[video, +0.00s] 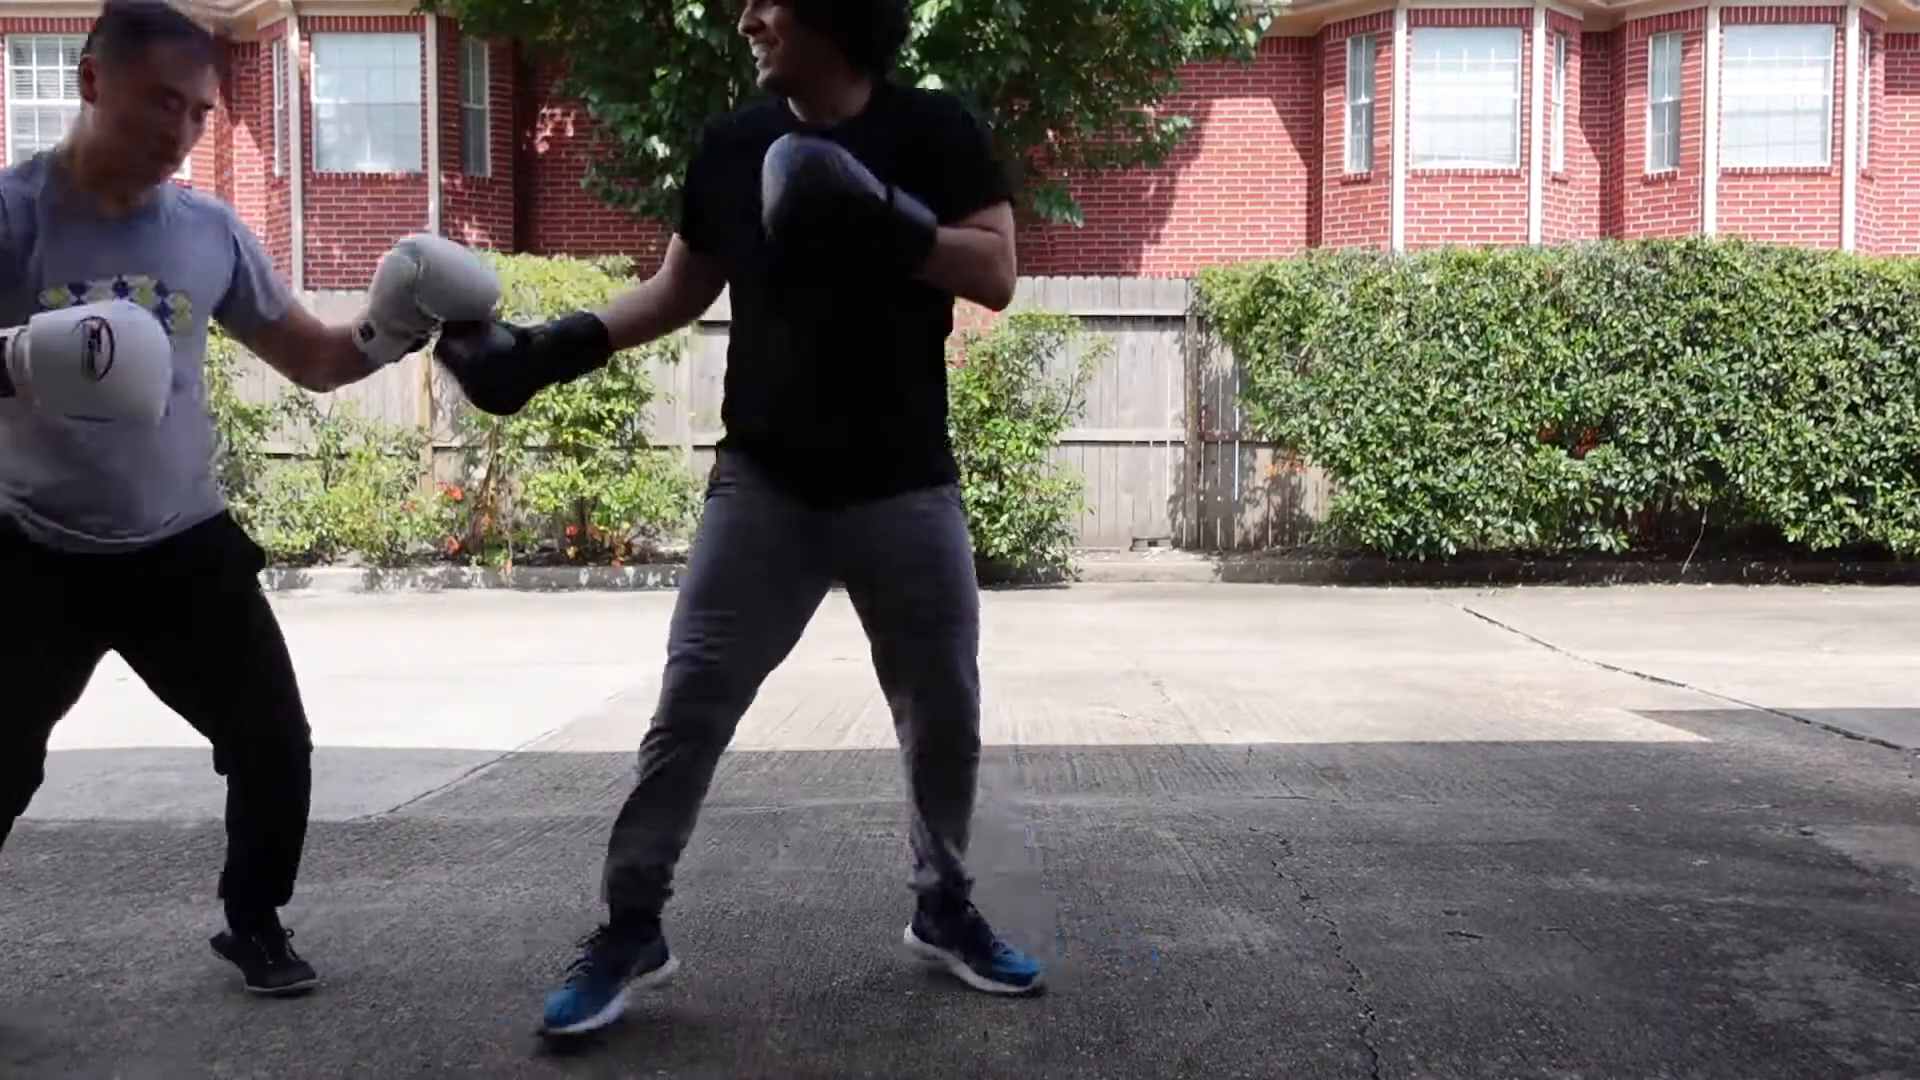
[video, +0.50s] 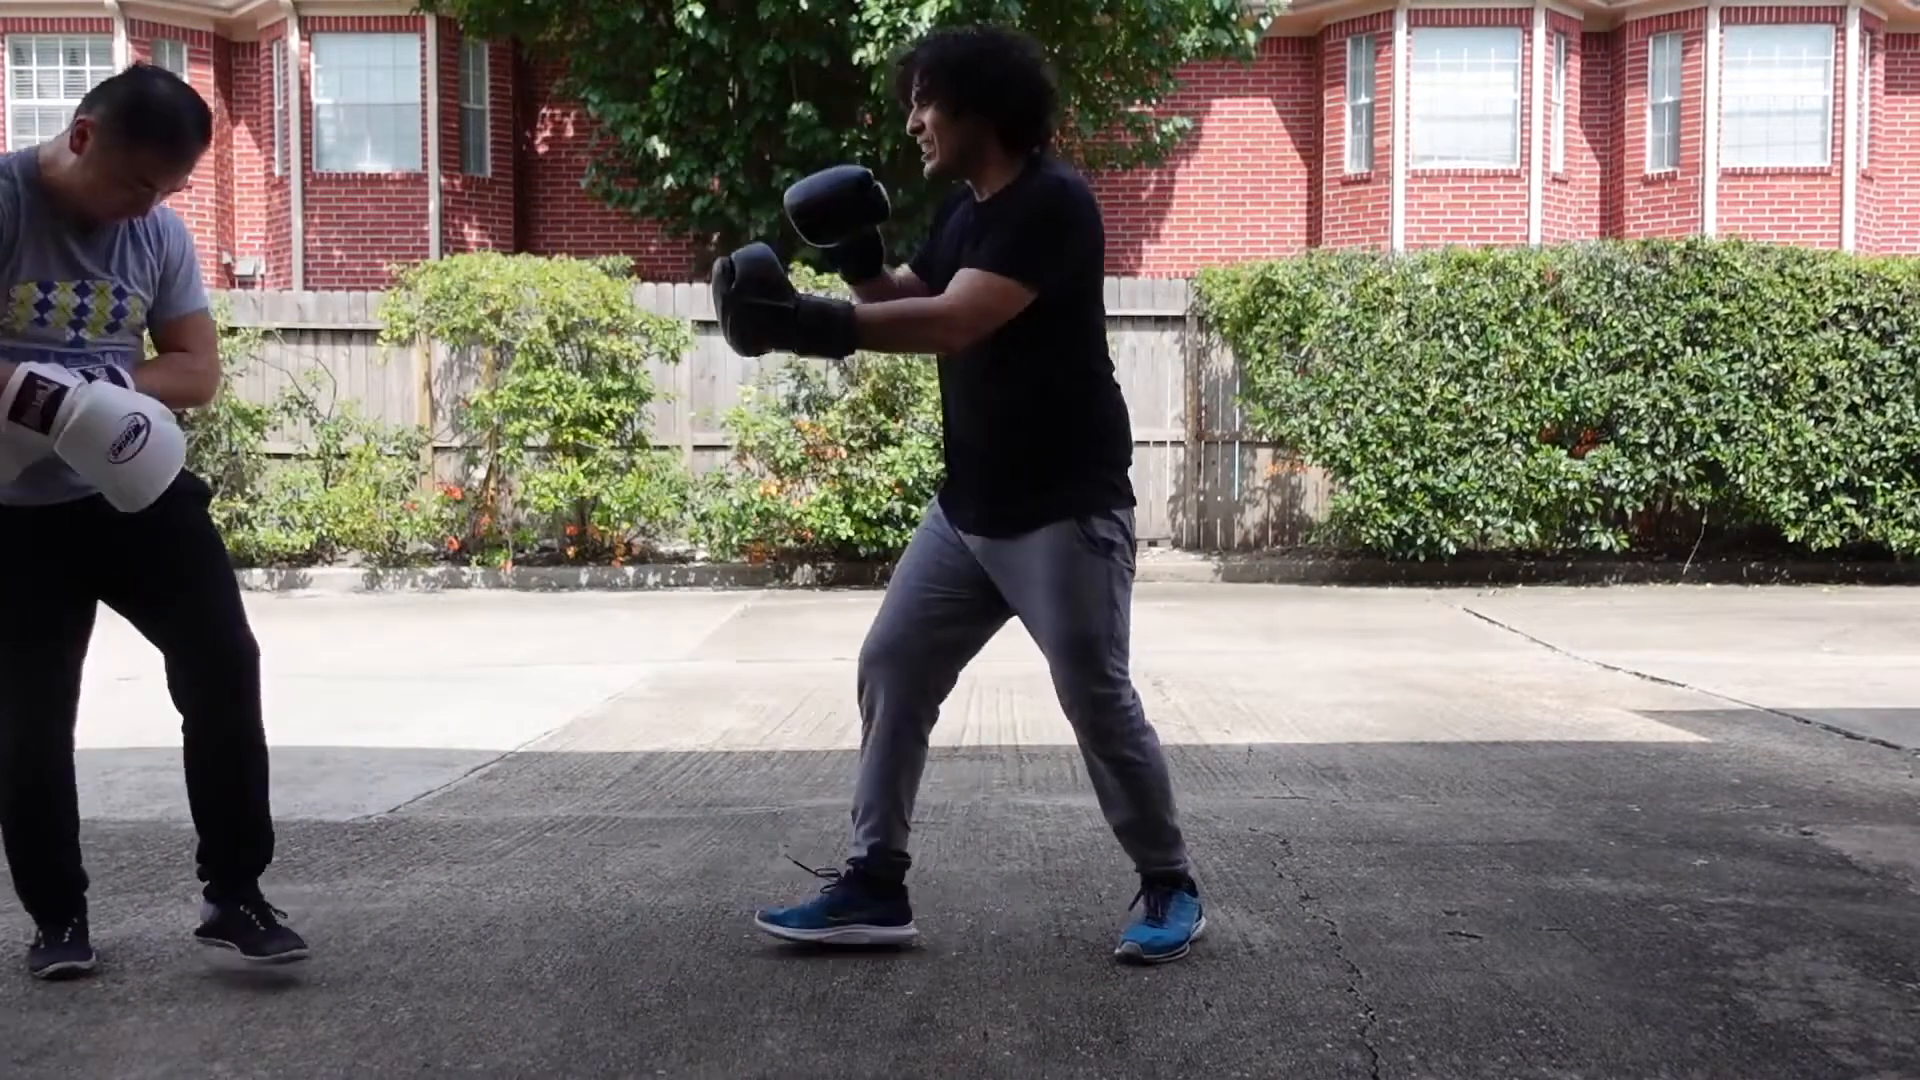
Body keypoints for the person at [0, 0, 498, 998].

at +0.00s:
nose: (184, 130)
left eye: (199, 109)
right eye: (165, 101)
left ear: (211, 108)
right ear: (94, 83)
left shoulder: (207, 230)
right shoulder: (14, 212)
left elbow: (314, 357)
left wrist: (406, 319)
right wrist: (21, 361)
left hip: (183, 548)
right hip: (33, 549)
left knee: (272, 745)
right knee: (2, 775)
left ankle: (254, 921)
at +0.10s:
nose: (184, 135)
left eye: (203, 113)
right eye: (172, 108)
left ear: (218, 101)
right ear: (104, 68)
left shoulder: (205, 195)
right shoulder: (9, 174)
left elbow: (266, 331)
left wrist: (350, 312)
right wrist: (7, 345)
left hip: (185, 493)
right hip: (35, 502)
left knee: (257, 710)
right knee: (2, 741)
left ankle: (256, 918)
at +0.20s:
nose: (183, 118)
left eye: (199, 99)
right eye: (168, 92)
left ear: (214, 86)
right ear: (103, 52)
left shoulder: (194, 178)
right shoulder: (10, 150)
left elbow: (250, 315)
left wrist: (324, 318)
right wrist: (3, 313)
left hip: (169, 462)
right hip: (28, 469)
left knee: (249, 667)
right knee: (15, 708)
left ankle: (254, 902)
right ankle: (28, 916)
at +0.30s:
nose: (174, 153)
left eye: (187, 133)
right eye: (161, 128)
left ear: (196, 118)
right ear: (95, 92)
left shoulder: (180, 208)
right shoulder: (10, 182)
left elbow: (233, 340)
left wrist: (281, 385)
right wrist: (7, 327)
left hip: (161, 482)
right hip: (30, 495)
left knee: (241, 683)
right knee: (34, 724)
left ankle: (244, 912)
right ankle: (56, 913)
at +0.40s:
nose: (154, 199)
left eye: (168, 181)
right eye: (142, 175)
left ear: (178, 170)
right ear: (82, 133)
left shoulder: (160, 239)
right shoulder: (8, 218)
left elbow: (206, 373)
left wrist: (168, 421)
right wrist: (16, 402)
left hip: (151, 515)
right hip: (25, 528)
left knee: (235, 685)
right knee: (35, 733)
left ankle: (243, 915)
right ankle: (61, 922)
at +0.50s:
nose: (148, 204)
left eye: (164, 189)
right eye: (137, 182)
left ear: (180, 174)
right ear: (82, 134)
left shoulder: (159, 234)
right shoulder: (9, 202)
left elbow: (200, 369)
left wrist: (126, 382)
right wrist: (16, 394)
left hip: (137, 497)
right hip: (21, 509)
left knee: (225, 665)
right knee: (30, 723)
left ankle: (234, 894)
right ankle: (58, 918)